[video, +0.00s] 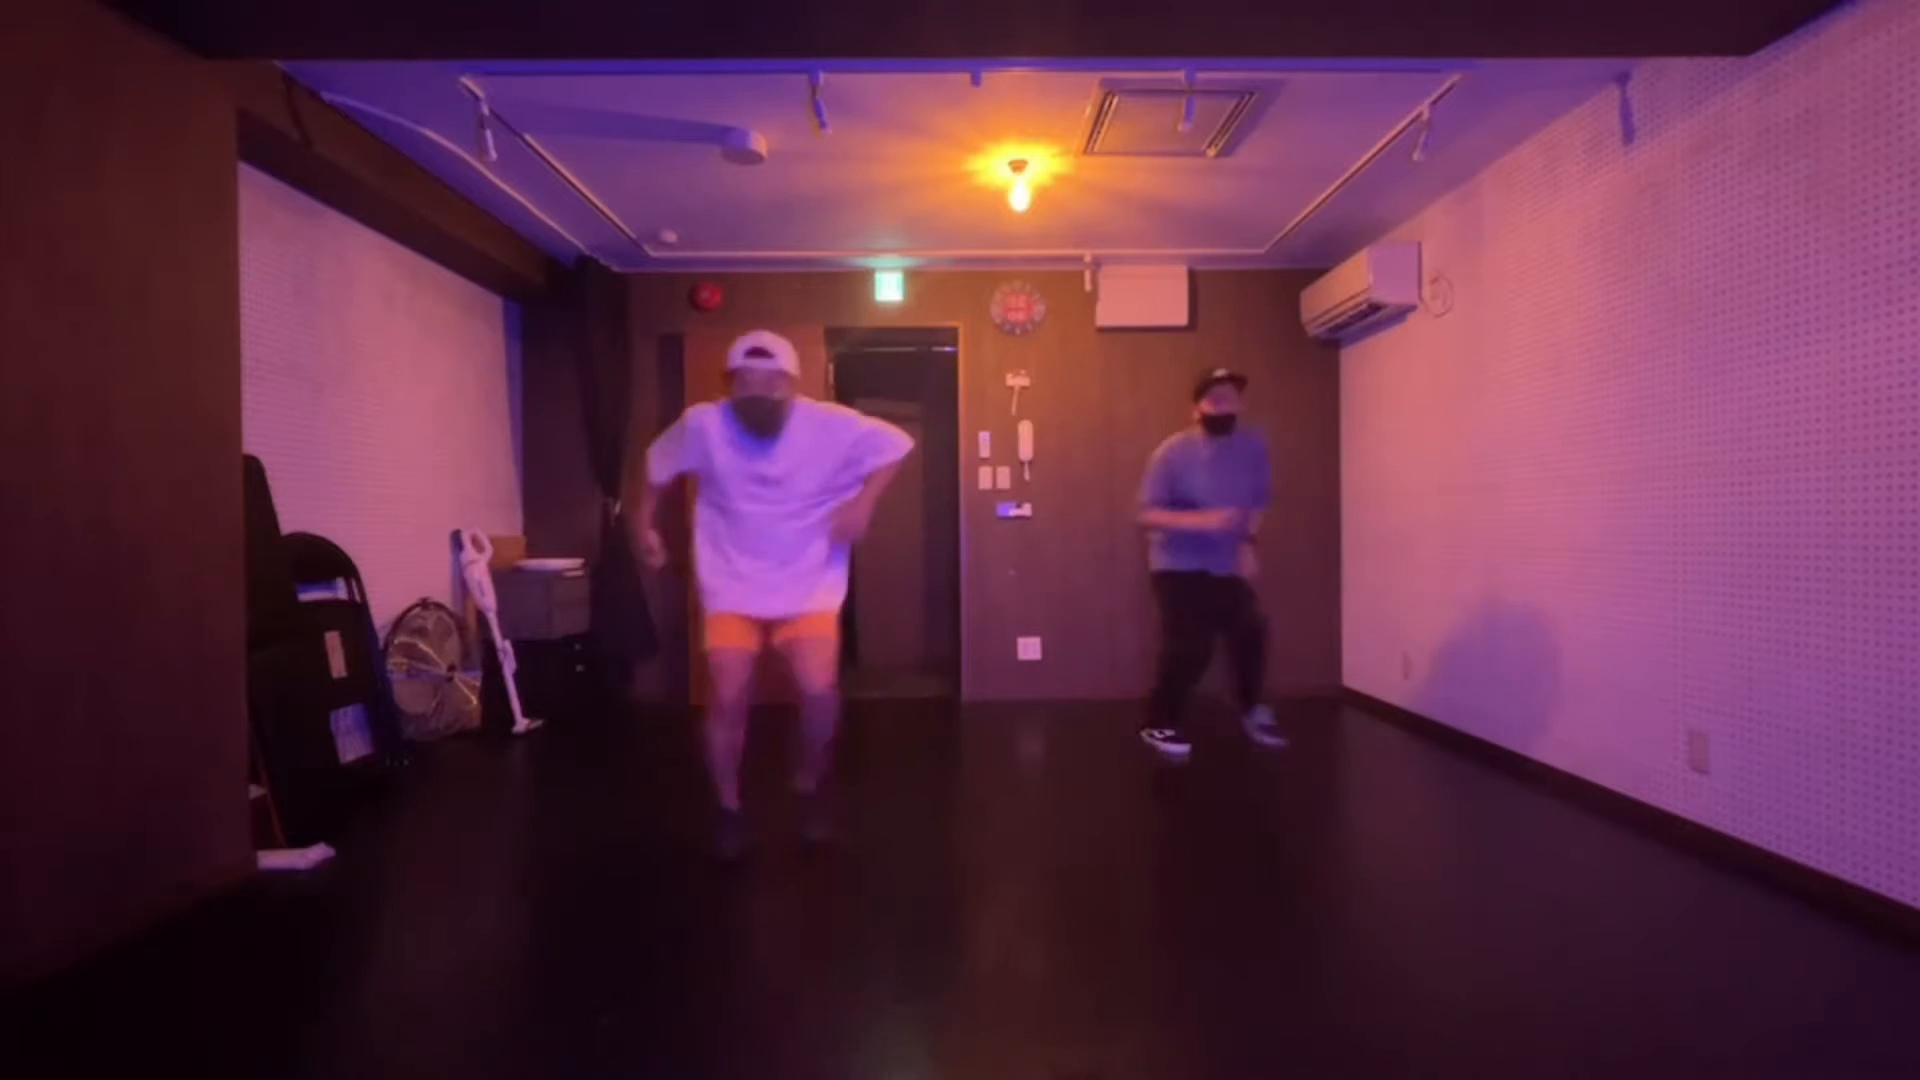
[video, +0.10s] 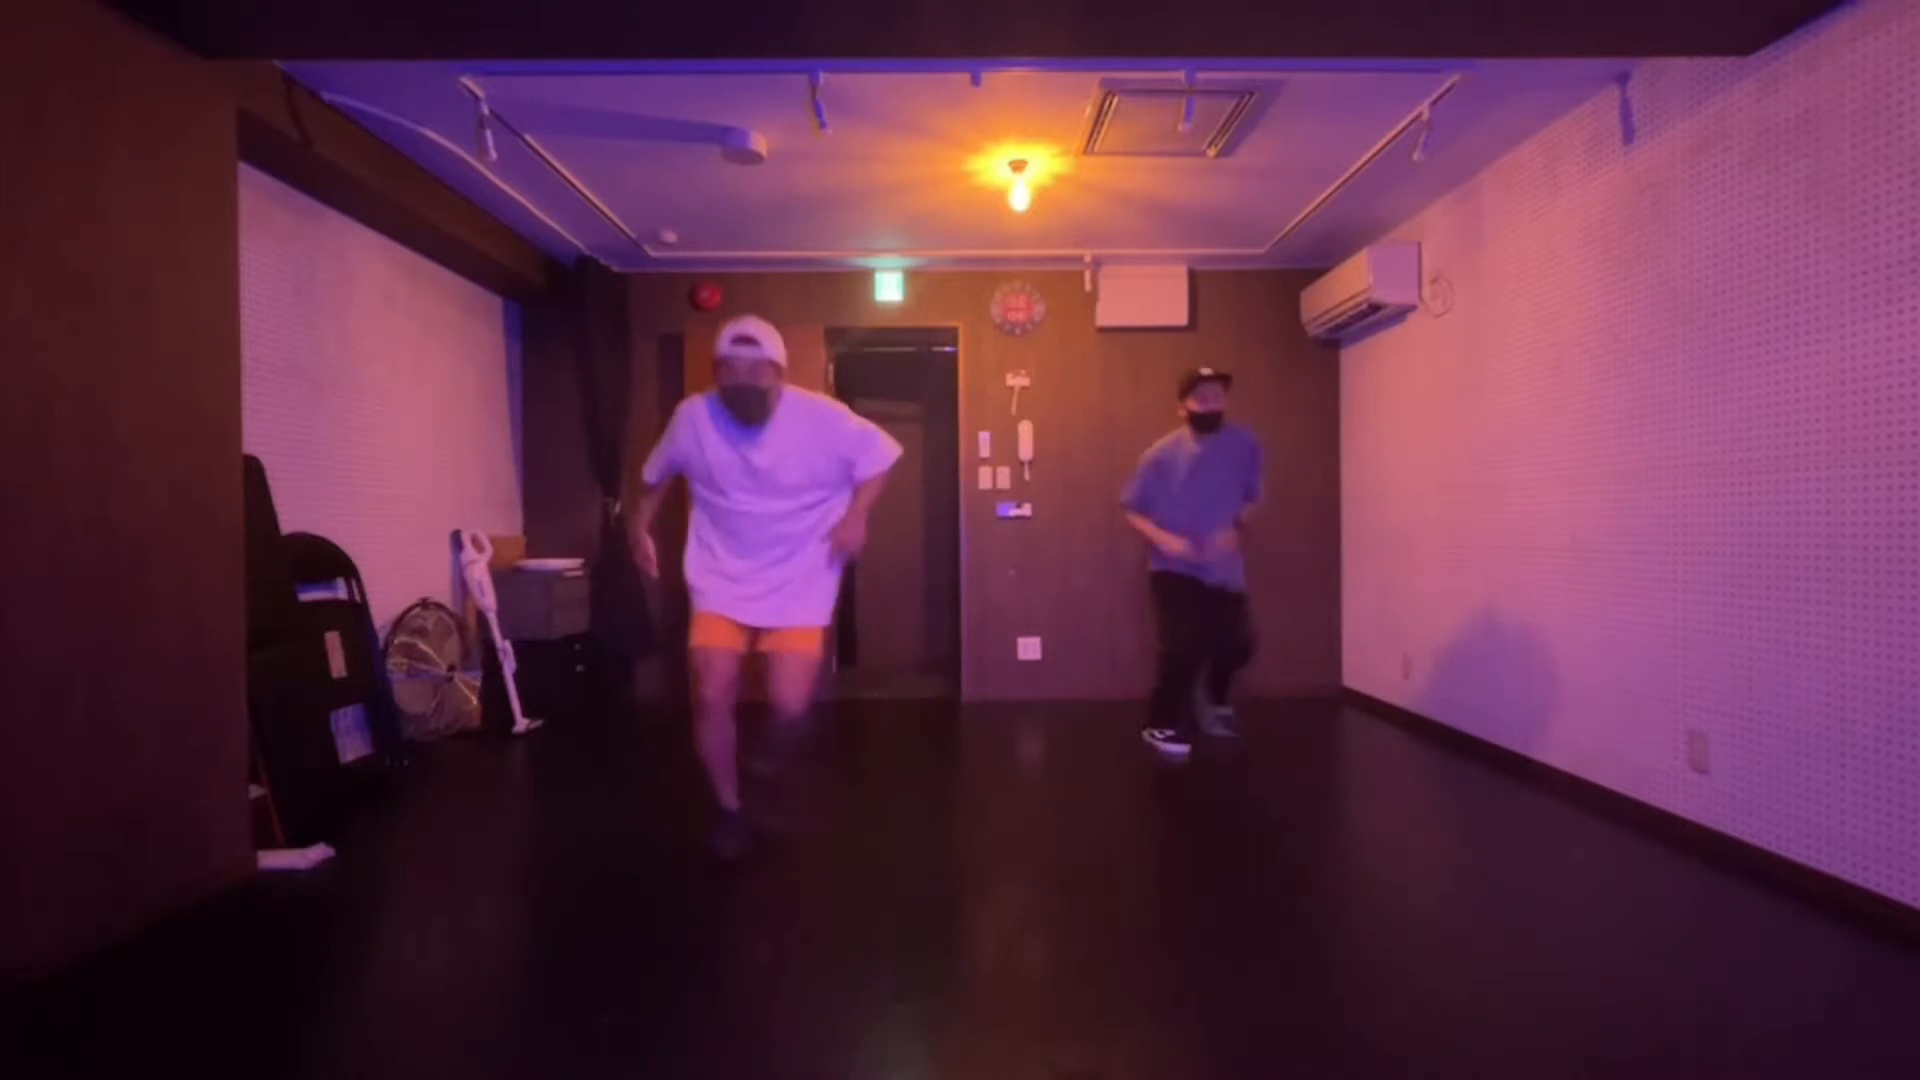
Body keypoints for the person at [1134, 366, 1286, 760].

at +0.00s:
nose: (1225, 408)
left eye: (1231, 399)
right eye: (1216, 399)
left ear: (1240, 404)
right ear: (1198, 405)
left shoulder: (1251, 449)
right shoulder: (1174, 451)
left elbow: (1259, 502)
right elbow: (1146, 512)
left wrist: (1248, 539)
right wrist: (1206, 521)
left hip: (1226, 568)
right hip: (1178, 569)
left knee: (1250, 631)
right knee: (1187, 646)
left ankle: (1252, 708)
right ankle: (1161, 723)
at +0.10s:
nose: (1210, 406)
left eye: (1217, 396)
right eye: (1201, 397)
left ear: (1227, 401)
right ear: (1183, 405)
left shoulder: (1243, 446)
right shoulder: (1164, 453)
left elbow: (1253, 499)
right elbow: (1132, 507)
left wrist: (1230, 532)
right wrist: (1165, 540)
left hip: (1223, 571)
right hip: (1176, 570)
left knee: (1234, 644)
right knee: (1181, 650)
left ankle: (1217, 701)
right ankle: (1163, 723)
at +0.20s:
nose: (1200, 394)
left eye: (1206, 386)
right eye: (1191, 386)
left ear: (1216, 391)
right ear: (1173, 394)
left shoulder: (1237, 439)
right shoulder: (1150, 448)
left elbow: (1255, 491)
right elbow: (1122, 497)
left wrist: (1226, 510)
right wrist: (1141, 543)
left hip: (1221, 570)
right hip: (1171, 568)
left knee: (1228, 655)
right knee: (1179, 650)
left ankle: (1174, 697)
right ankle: (1170, 723)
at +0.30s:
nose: (1195, 394)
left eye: (1201, 386)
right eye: (1186, 386)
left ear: (1211, 389)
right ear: (1168, 393)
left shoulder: (1235, 434)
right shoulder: (1149, 443)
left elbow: (1258, 484)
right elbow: (1123, 493)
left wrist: (1224, 491)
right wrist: (1123, 534)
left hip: (1217, 566)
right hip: (1167, 563)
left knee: (1203, 651)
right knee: (1172, 646)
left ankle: (1152, 695)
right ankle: (1177, 723)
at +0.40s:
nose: (1195, 394)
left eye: (1202, 385)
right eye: (1186, 386)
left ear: (1212, 389)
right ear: (1169, 392)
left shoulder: (1234, 431)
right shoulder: (1151, 441)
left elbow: (1259, 478)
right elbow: (1128, 492)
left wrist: (1219, 492)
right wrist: (1126, 535)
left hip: (1214, 565)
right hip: (1167, 561)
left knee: (1197, 652)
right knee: (1173, 645)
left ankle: (1149, 695)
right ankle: (1177, 722)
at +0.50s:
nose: (1197, 387)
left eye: (1205, 379)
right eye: (1188, 379)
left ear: (1217, 385)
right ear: (1174, 387)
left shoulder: (1237, 429)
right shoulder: (1159, 438)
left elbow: (1259, 487)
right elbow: (1141, 494)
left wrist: (1234, 532)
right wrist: (1137, 537)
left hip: (1217, 551)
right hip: (1171, 549)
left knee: (1204, 646)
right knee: (1176, 637)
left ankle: (1158, 681)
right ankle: (1167, 724)